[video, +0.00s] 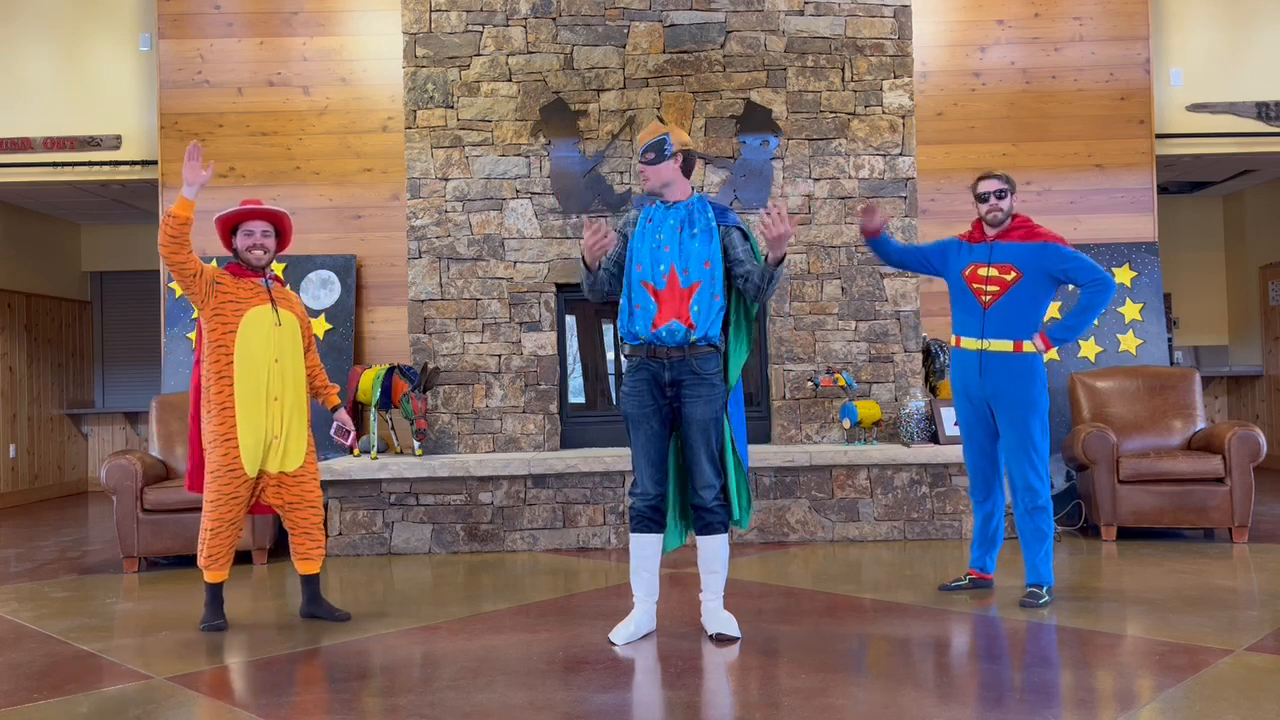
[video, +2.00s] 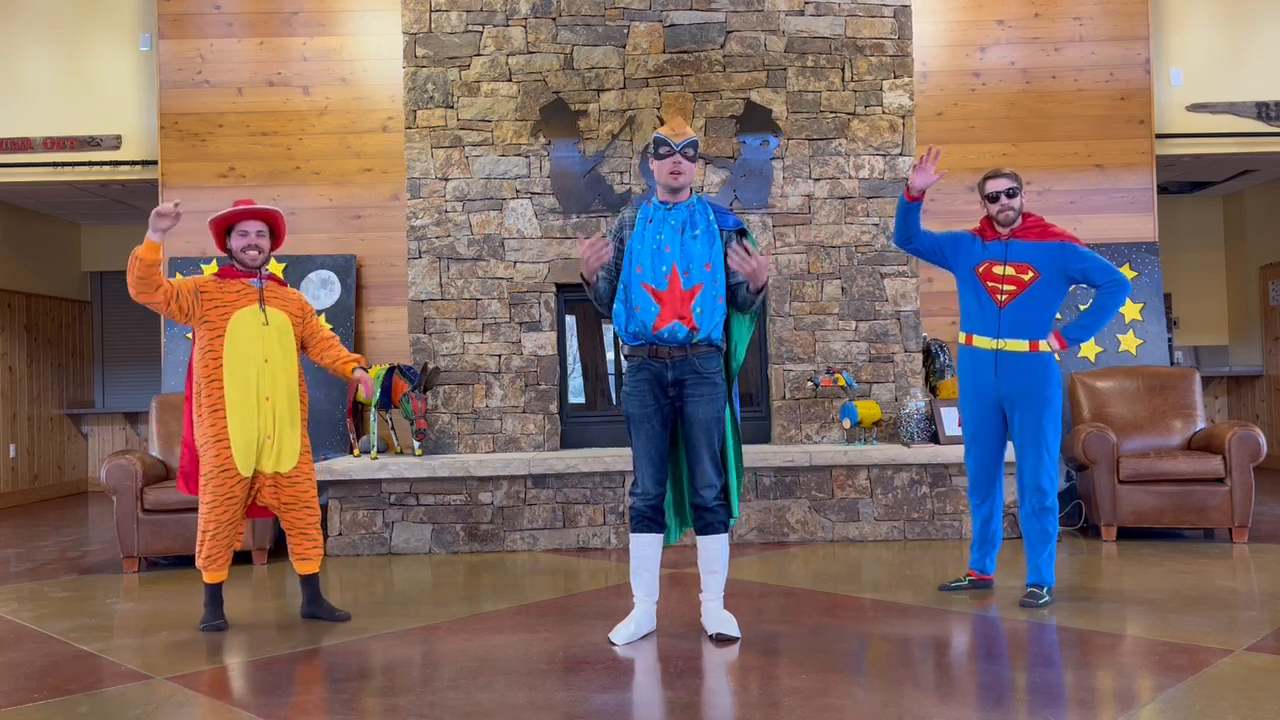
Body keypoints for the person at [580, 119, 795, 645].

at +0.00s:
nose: (645, 164)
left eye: (656, 155)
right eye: (642, 159)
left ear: (685, 163)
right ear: (643, 170)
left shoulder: (720, 220)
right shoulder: (637, 222)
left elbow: (753, 286)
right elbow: (605, 291)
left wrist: (774, 257)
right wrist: (595, 263)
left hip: (700, 366)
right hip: (641, 367)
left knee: (706, 484)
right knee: (647, 487)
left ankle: (713, 608)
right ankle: (644, 610)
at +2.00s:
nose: (677, 164)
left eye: (686, 155)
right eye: (666, 155)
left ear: (698, 164)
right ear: (650, 164)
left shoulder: (721, 221)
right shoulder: (630, 221)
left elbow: (741, 304)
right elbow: (609, 304)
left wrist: (755, 283)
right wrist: (595, 274)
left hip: (702, 364)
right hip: (642, 365)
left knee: (708, 485)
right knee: (647, 486)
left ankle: (713, 607)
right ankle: (643, 609)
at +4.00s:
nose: (673, 162)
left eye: (684, 155)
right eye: (663, 156)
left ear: (701, 167)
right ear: (651, 168)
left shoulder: (722, 221)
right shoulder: (635, 220)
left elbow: (744, 285)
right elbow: (608, 292)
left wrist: (759, 259)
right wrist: (608, 269)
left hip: (704, 365)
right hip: (646, 366)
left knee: (710, 485)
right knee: (650, 487)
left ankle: (714, 607)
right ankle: (644, 608)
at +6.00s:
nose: (673, 170)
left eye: (683, 159)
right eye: (662, 162)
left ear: (699, 165)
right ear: (651, 170)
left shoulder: (727, 225)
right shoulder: (636, 223)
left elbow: (751, 299)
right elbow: (610, 300)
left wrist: (780, 283)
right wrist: (585, 279)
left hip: (706, 365)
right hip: (646, 365)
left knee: (710, 485)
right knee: (649, 487)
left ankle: (714, 607)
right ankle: (644, 609)